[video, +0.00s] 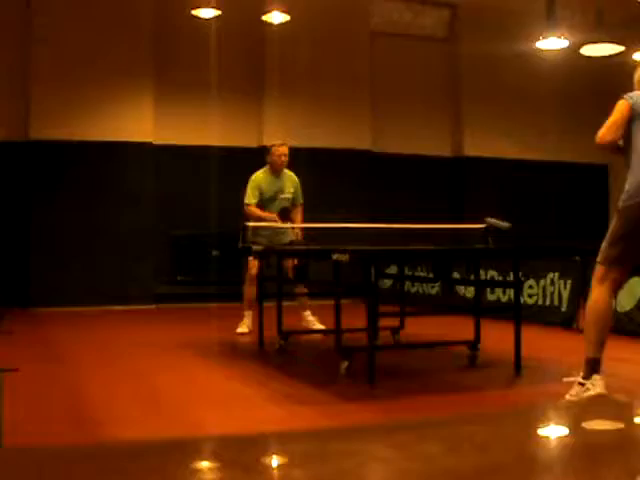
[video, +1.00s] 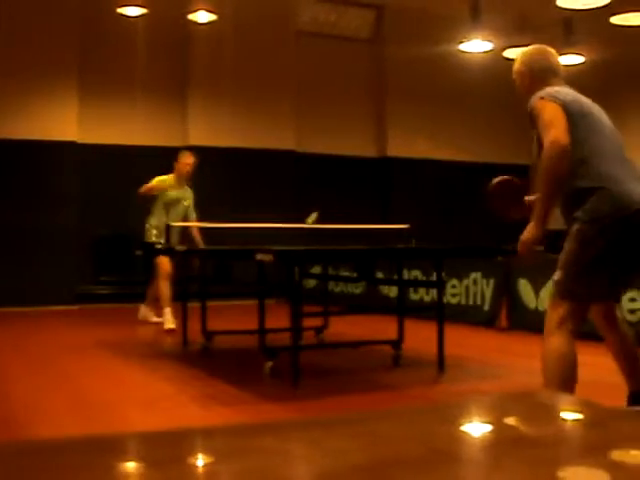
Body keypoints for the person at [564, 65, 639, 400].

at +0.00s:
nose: (636, 75)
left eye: (637, 71)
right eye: (637, 71)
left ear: (639, 76)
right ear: (639, 78)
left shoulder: (632, 99)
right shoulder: (630, 100)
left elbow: (606, 137)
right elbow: (607, 137)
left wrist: (625, 145)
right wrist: (622, 141)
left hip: (637, 199)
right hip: (633, 200)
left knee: (605, 280)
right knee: (605, 281)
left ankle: (591, 374)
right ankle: (590, 372)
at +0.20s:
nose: (617, 80)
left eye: (618, 75)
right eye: (621, 74)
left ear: (625, 75)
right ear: (637, 75)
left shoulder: (620, 101)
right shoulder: (623, 103)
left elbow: (595, 146)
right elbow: (597, 146)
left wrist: (617, 156)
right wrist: (616, 155)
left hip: (633, 204)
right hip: (630, 203)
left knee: (606, 286)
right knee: (607, 286)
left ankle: (597, 380)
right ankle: (597, 379)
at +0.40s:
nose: (604, 73)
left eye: (606, 68)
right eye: (607, 68)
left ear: (612, 70)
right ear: (638, 69)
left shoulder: (602, 100)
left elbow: (573, 142)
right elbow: (575, 144)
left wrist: (577, 171)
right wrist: (578, 168)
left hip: (622, 214)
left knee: (599, 302)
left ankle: (598, 390)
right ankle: (598, 389)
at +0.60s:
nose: (601, 65)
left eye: (604, 60)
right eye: (603, 59)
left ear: (614, 61)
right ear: (635, 60)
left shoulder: (618, 89)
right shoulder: (628, 90)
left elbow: (610, 138)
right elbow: (610, 139)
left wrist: (576, 192)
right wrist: (579, 192)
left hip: (631, 214)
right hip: (628, 215)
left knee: (616, 294)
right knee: (615, 294)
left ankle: (605, 393)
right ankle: (605, 391)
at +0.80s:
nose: (539, 77)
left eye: (541, 71)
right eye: (540, 71)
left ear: (551, 78)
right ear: (577, 78)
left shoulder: (562, 107)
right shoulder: (610, 113)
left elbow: (569, 156)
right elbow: (627, 165)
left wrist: (537, 226)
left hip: (610, 216)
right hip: (637, 215)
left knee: (575, 314)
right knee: (619, 308)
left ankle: (575, 410)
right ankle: (638, 389)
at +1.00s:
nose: (515, 85)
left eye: (515, 77)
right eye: (514, 77)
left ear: (524, 76)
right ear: (557, 73)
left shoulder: (544, 99)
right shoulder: (581, 102)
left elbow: (558, 143)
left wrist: (538, 221)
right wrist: (538, 201)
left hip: (603, 210)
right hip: (631, 207)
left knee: (561, 317)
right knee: (604, 309)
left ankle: (557, 415)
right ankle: (637, 390)